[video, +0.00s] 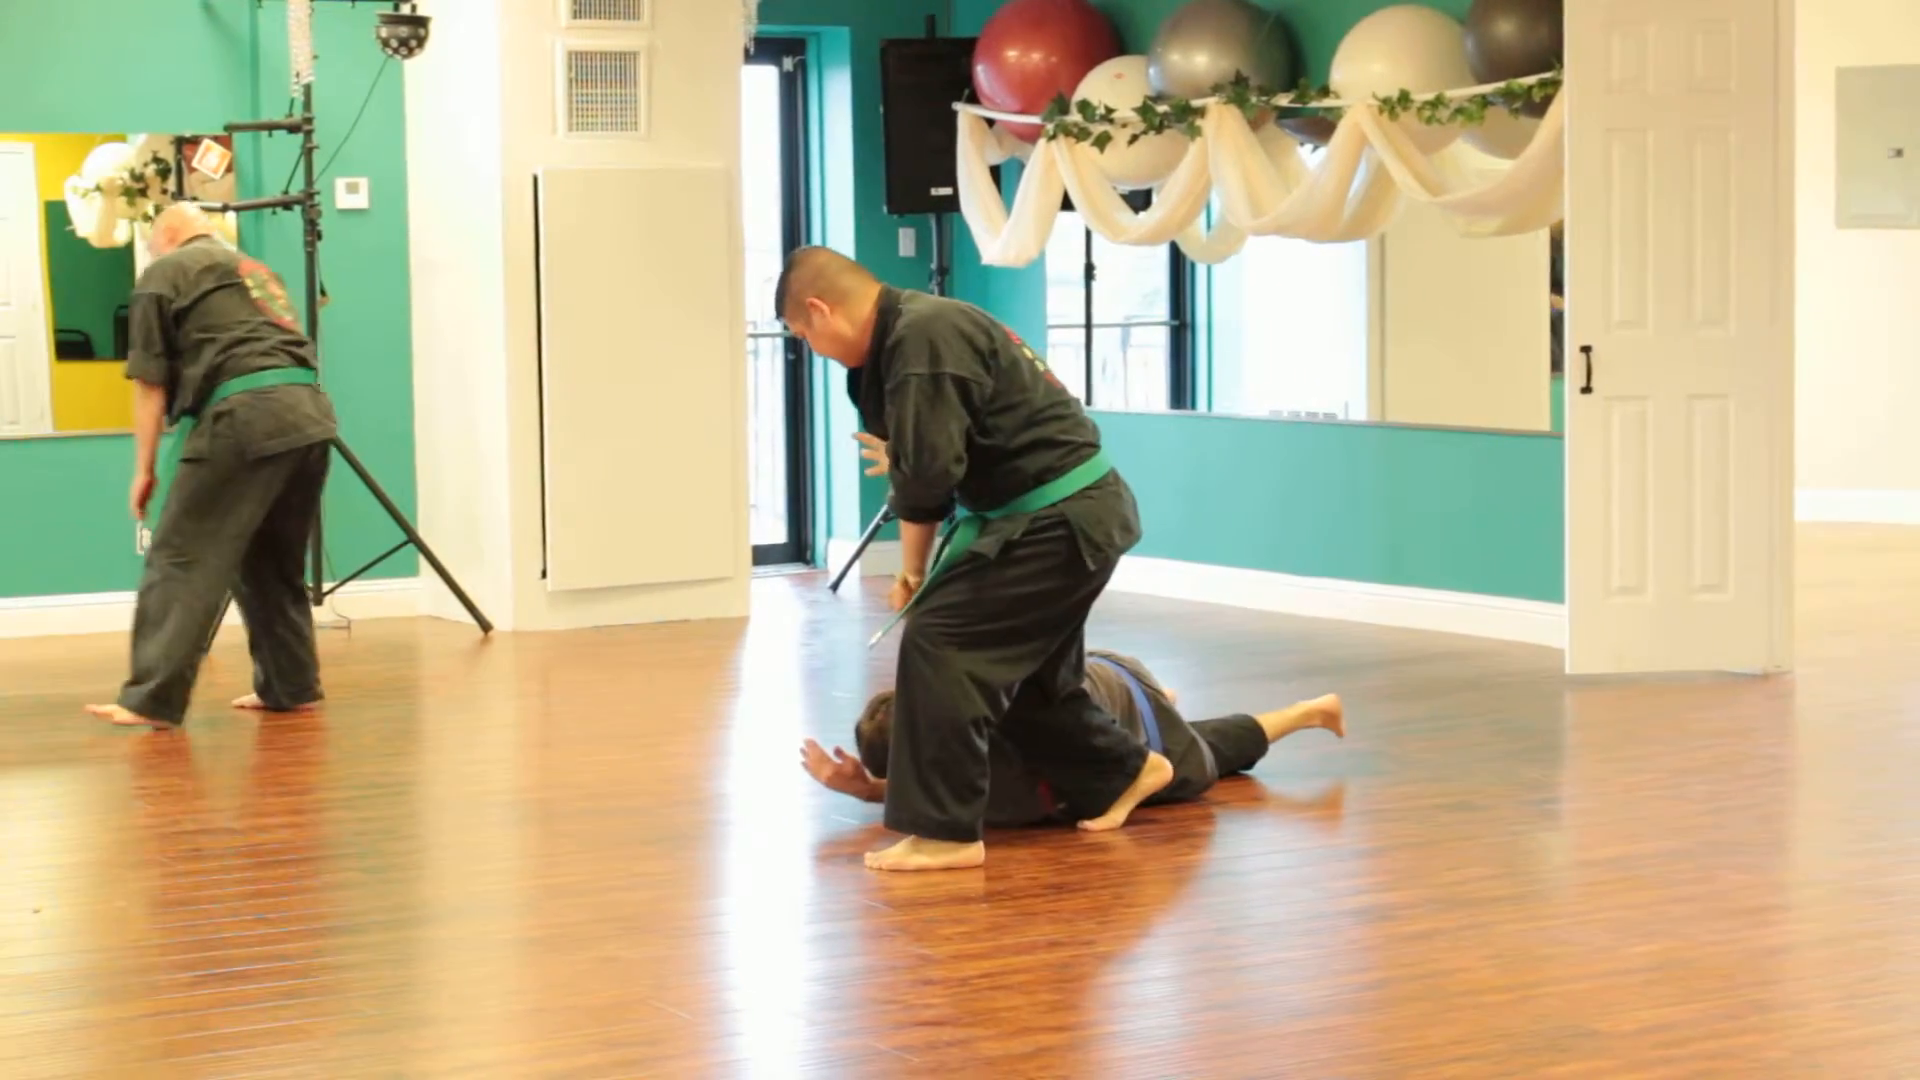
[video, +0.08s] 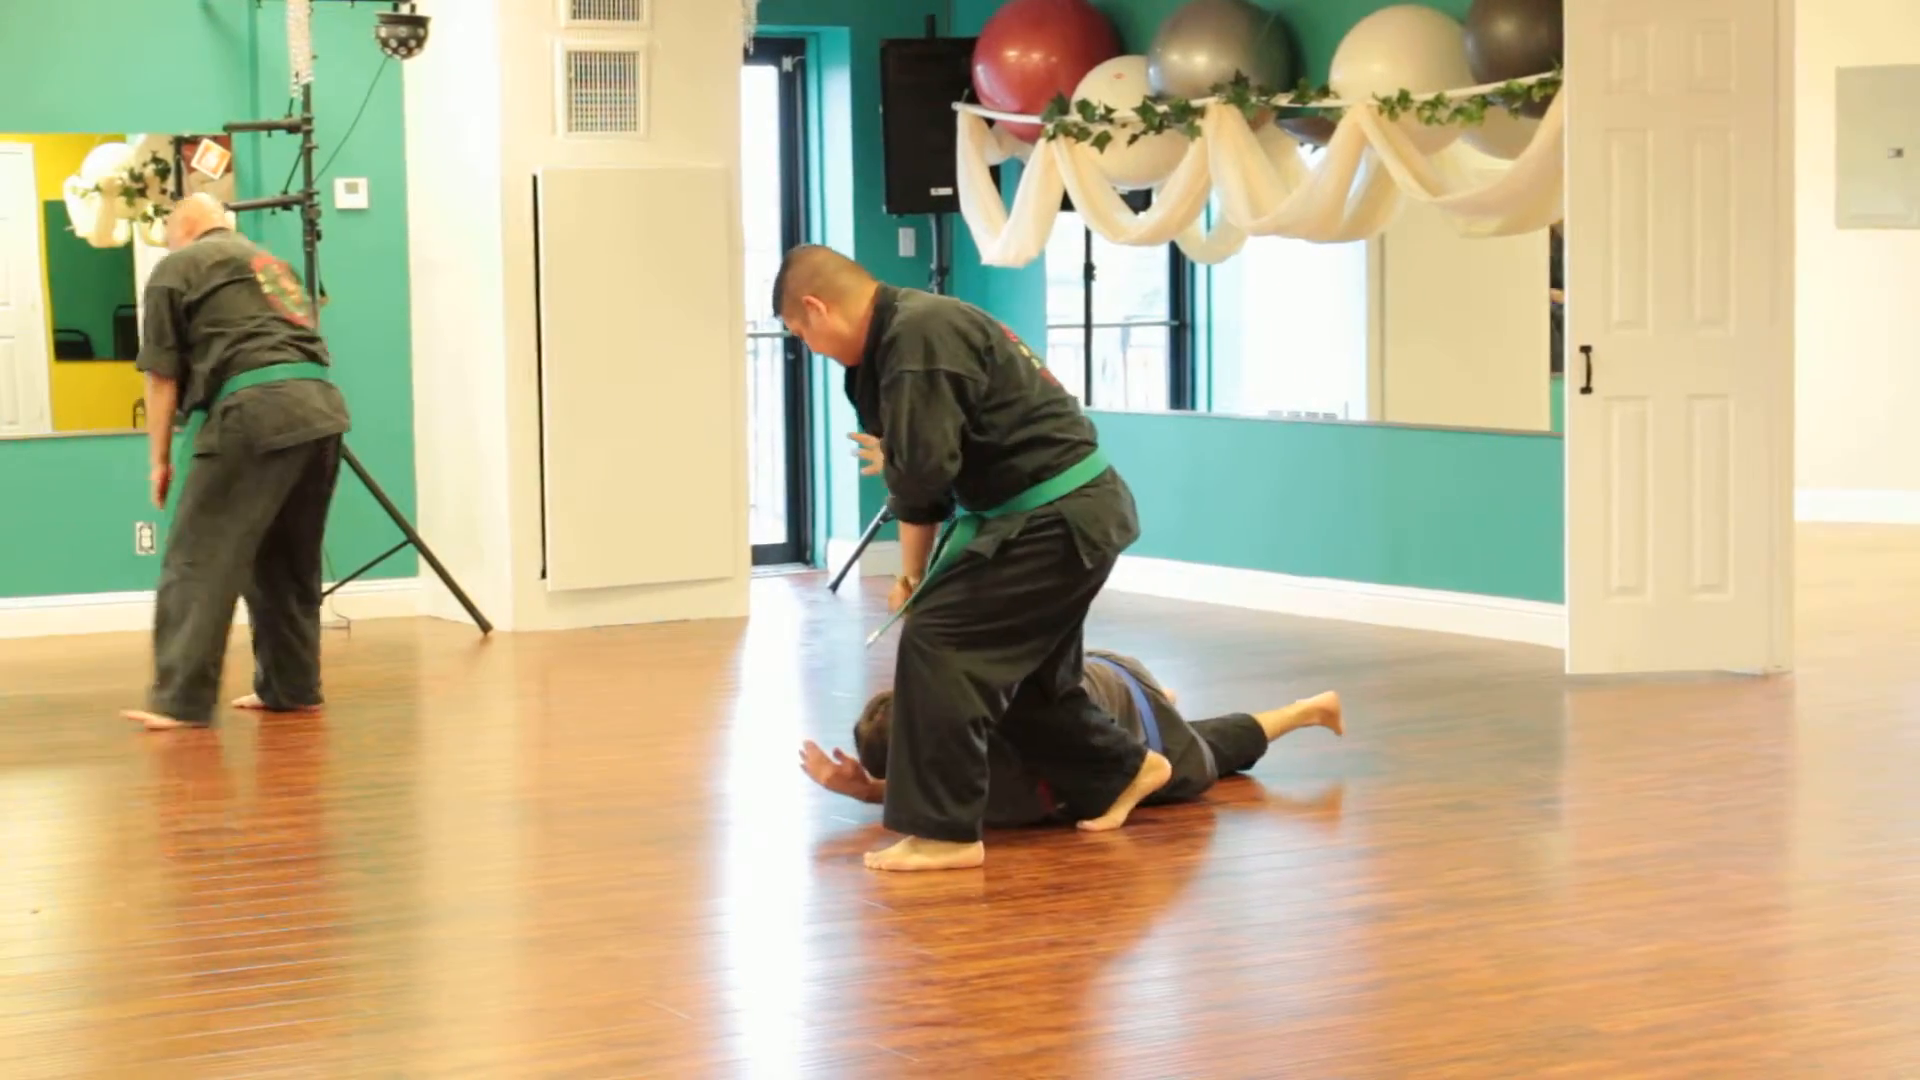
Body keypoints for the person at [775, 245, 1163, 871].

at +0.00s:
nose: (815, 352)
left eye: (804, 336)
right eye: (804, 340)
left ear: (822, 309)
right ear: (844, 294)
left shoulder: (923, 337)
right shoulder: (910, 338)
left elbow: (924, 477)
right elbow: (917, 476)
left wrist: (912, 574)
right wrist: (915, 571)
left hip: (1063, 513)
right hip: (1068, 510)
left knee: (936, 636)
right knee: (1025, 678)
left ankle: (944, 830)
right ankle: (1126, 767)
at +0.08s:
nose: (811, 351)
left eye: (802, 335)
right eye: (802, 339)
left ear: (818, 308)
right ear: (845, 290)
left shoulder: (919, 335)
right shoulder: (909, 334)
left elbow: (921, 478)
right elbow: (917, 485)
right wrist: (914, 578)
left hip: (1060, 512)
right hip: (1069, 508)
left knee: (934, 636)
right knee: (1023, 679)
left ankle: (944, 830)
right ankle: (1125, 766)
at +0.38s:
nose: (815, 332)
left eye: (806, 317)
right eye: (807, 319)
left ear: (820, 295)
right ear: (856, 272)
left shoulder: (911, 327)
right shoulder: (918, 312)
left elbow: (899, 465)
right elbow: (907, 471)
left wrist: (832, 442)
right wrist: (894, 560)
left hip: (1053, 509)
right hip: (1077, 499)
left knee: (935, 641)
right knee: (1034, 674)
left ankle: (941, 831)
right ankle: (1130, 772)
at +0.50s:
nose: (835, 318)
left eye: (828, 301)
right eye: (826, 304)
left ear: (840, 283)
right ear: (877, 263)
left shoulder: (901, 324)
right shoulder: (944, 300)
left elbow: (885, 465)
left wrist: (822, 493)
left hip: (1055, 507)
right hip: (1105, 490)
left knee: (936, 642)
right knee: (1060, 666)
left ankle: (938, 833)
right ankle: (1146, 795)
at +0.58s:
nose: (856, 306)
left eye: (850, 289)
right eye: (852, 291)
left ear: (862, 274)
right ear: (911, 253)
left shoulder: (904, 321)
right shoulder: (974, 299)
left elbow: (896, 454)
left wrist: (808, 453)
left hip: (1052, 508)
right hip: (1116, 491)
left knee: (928, 645)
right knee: (1080, 656)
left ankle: (937, 833)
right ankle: (1159, 795)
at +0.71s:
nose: (898, 287)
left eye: (895, 276)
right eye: (898, 277)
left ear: (909, 267)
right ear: (964, 253)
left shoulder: (916, 328)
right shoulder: (1035, 307)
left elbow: (881, 450)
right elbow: (1050, 417)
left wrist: (858, 414)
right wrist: (973, 466)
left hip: (1041, 521)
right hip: (1127, 504)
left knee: (903, 645)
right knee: (1098, 646)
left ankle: (930, 827)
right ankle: (1184, 803)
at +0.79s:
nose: (912, 294)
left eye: (909, 282)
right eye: (912, 283)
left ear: (921, 272)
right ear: (983, 257)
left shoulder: (925, 343)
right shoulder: (1069, 311)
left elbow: (912, 492)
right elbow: (1132, 428)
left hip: (1046, 529)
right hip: (1136, 512)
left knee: (921, 652)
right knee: (1106, 649)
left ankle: (924, 836)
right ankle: (1181, 799)